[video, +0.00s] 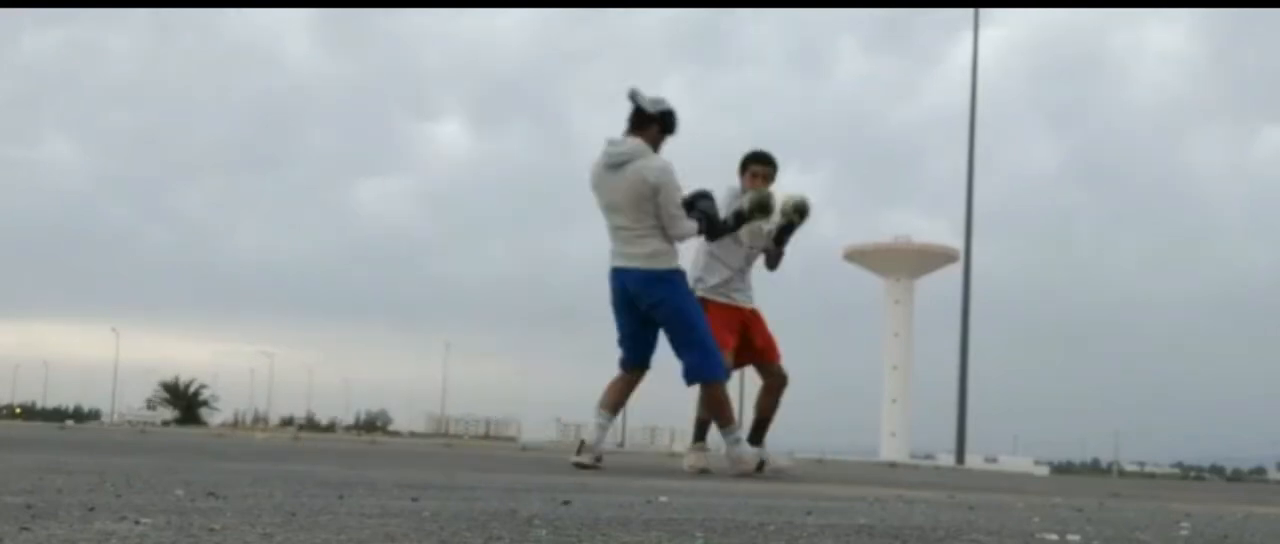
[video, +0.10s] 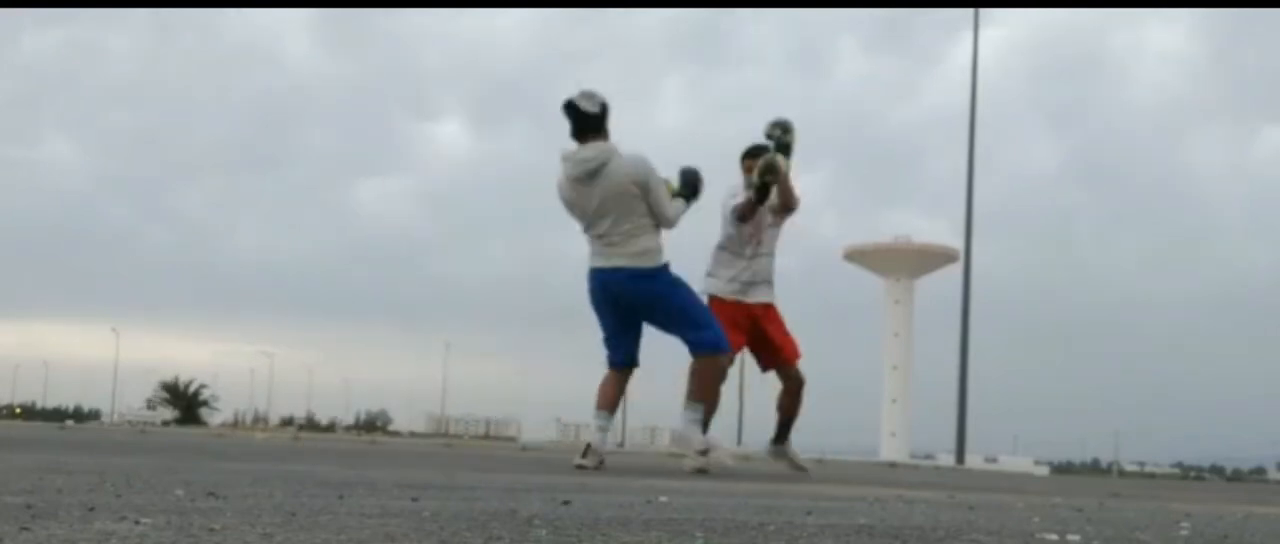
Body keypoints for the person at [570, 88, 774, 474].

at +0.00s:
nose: (662, 145)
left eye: (664, 137)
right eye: (663, 136)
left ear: (631, 125)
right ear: (653, 129)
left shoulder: (601, 168)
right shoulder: (656, 169)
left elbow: (629, 211)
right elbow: (677, 230)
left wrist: (681, 206)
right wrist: (702, 219)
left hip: (623, 276)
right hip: (661, 278)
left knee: (632, 365)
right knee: (708, 363)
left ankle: (592, 444)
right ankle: (738, 450)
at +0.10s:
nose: (604, 127)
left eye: (577, 125)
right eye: (604, 121)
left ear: (572, 128)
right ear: (606, 123)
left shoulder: (567, 183)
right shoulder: (634, 166)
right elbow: (667, 217)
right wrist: (686, 196)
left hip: (603, 278)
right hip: (647, 275)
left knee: (620, 364)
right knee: (712, 347)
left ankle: (595, 444)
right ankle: (691, 435)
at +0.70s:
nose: (493, 105)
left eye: (493, 96)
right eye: (489, 95)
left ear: (463, 92)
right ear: (469, 91)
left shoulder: (434, 128)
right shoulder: (456, 127)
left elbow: (440, 195)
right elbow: (458, 185)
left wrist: (482, 208)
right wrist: (491, 201)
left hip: (430, 252)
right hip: (456, 252)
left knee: (421, 354)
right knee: (513, 342)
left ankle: (317, 401)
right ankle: (513, 446)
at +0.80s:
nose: (457, 107)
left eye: (457, 98)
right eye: (453, 97)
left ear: (426, 95)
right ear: (432, 95)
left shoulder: (396, 134)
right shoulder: (416, 132)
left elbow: (396, 211)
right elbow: (409, 188)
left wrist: (443, 231)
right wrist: (449, 199)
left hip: (373, 248)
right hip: (403, 248)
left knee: (345, 345)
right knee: (468, 337)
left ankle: (267, 422)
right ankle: (499, 439)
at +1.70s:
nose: (394, 122)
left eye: (398, 114)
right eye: (389, 112)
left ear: (393, 115)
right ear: (367, 107)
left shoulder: (361, 140)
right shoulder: (349, 130)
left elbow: (334, 186)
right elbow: (305, 171)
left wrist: (370, 197)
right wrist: (350, 188)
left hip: (308, 236)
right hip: (317, 236)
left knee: (338, 330)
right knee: (353, 329)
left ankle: (297, 419)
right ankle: (318, 429)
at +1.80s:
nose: (385, 144)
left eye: (386, 137)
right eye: (384, 135)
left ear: (359, 127)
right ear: (371, 129)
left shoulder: (341, 151)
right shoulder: (352, 145)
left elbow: (362, 233)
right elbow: (321, 179)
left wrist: (388, 195)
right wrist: (366, 211)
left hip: (315, 251)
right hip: (324, 250)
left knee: (351, 338)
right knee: (366, 338)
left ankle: (309, 421)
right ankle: (321, 429)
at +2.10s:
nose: (393, 185)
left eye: (396, 178)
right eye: (390, 176)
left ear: (379, 175)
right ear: (371, 170)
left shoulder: (360, 204)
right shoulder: (348, 187)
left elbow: (346, 256)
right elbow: (314, 228)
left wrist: (364, 296)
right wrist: (343, 263)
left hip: (330, 281)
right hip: (308, 276)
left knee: (381, 351)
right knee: (336, 346)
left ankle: (353, 430)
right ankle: (318, 430)